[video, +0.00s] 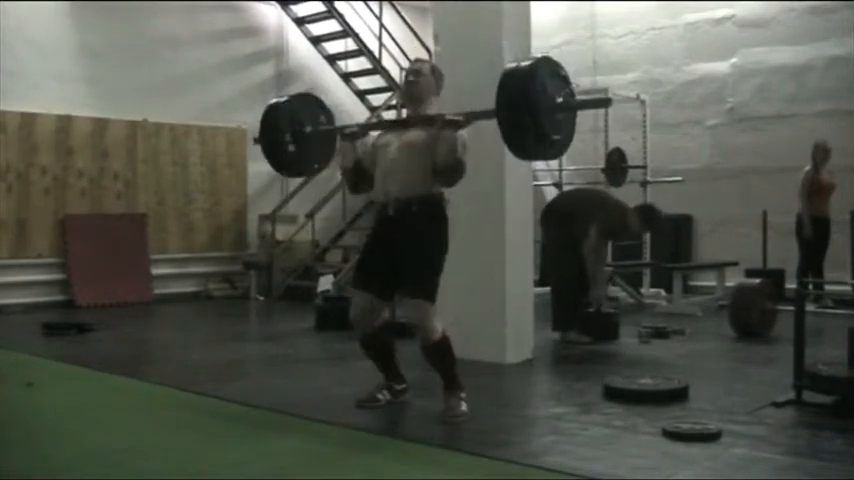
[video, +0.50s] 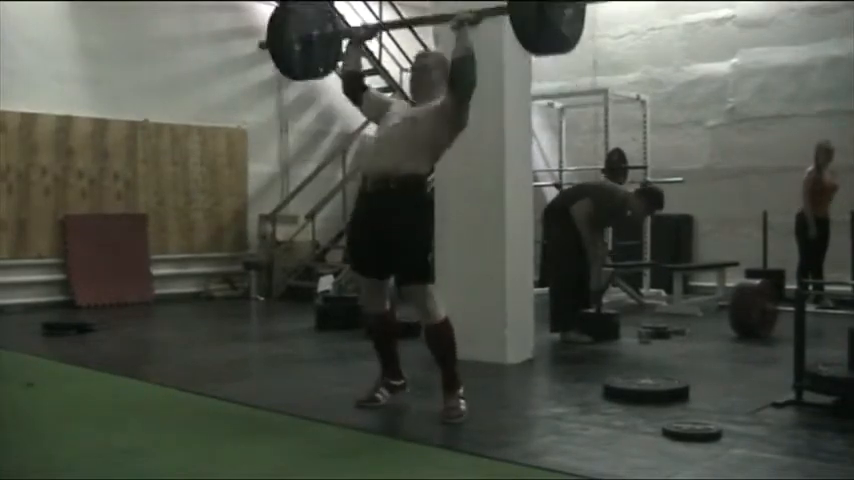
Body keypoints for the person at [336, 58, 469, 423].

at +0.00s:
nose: (408, 77)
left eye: (418, 73)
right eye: (406, 73)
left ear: (436, 86)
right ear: (400, 84)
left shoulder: (443, 129)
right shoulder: (384, 136)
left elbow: (448, 177)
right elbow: (359, 185)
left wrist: (447, 133)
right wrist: (348, 150)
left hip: (425, 218)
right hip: (387, 221)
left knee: (417, 311)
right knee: (364, 308)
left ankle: (453, 391)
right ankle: (394, 383)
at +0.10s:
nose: (411, 77)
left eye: (420, 73)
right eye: (409, 72)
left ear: (438, 86)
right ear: (403, 83)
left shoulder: (445, 128)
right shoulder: (386, 136)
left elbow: (450, 176)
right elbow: (360, 185)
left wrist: (447, 131)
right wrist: (350, 148)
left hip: (425, 218)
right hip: (388, 221)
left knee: (417, 311)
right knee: (363, 308)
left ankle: (453, 393)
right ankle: (394, 383)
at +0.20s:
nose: (419, 66)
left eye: (428, 63)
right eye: (418, 62)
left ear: (446, 76)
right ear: (412, 71)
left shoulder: (452, 113)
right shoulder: (389, 113)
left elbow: (452, 151)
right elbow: (355, 161)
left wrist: (439, 107)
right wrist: (349, 124)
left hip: (420, 204)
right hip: (380, 205)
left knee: (426, 303)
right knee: (372, 300)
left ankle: (453, 392)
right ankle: (391, 383)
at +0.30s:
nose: (428, 60)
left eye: (438, 58)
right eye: (426, 56)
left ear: (448, 74)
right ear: (417, 68)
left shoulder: (442, 110)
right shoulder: (392, 106)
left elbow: (451, 128)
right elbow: (350, 135)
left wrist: (452, 79)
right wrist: (351, 94)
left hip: (417, 204)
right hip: (375, 203)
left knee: (430, 297)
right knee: (372, 294)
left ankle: (453, 389)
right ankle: (388, 377)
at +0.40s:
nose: (422, 66)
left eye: (431, 63)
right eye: (420, 62)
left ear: (446, 76)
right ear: (413, 74)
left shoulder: (446, 115)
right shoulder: (391, 110)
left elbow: (459, 88)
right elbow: (349, 104)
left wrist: (459, 51)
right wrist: (352, 61)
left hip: (412, 195)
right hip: (373, 195)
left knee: (425, 295)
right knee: (371, 294)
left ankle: (453, 388)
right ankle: (390, 378)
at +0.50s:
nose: (417, 70)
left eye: (426, 66)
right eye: (414, 66)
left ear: (444, 77)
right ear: (410, 76)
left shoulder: (446, 115)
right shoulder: (391, 109)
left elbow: (464, 81)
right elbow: (354, 88)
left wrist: (463, 32)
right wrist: (356, 45)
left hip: (411, 202)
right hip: (372, 201)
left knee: (422, 298)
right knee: (373, 297)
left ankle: (453, 391)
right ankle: (392, 381)